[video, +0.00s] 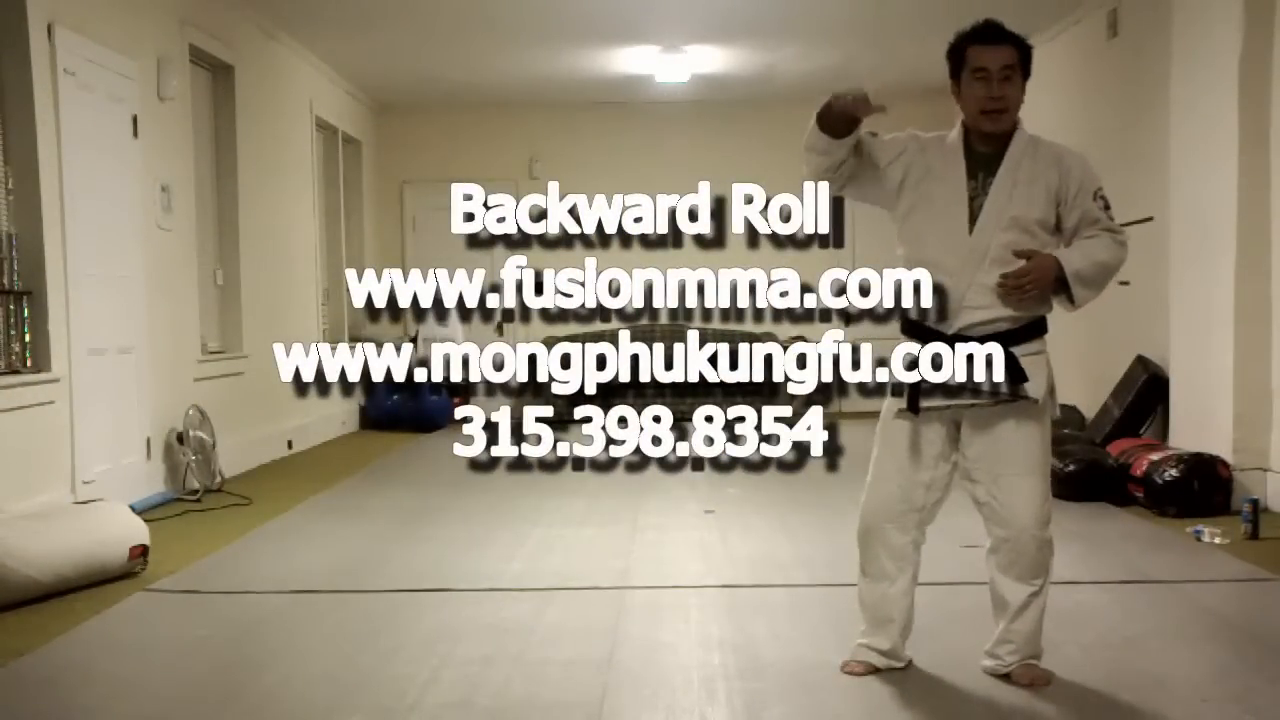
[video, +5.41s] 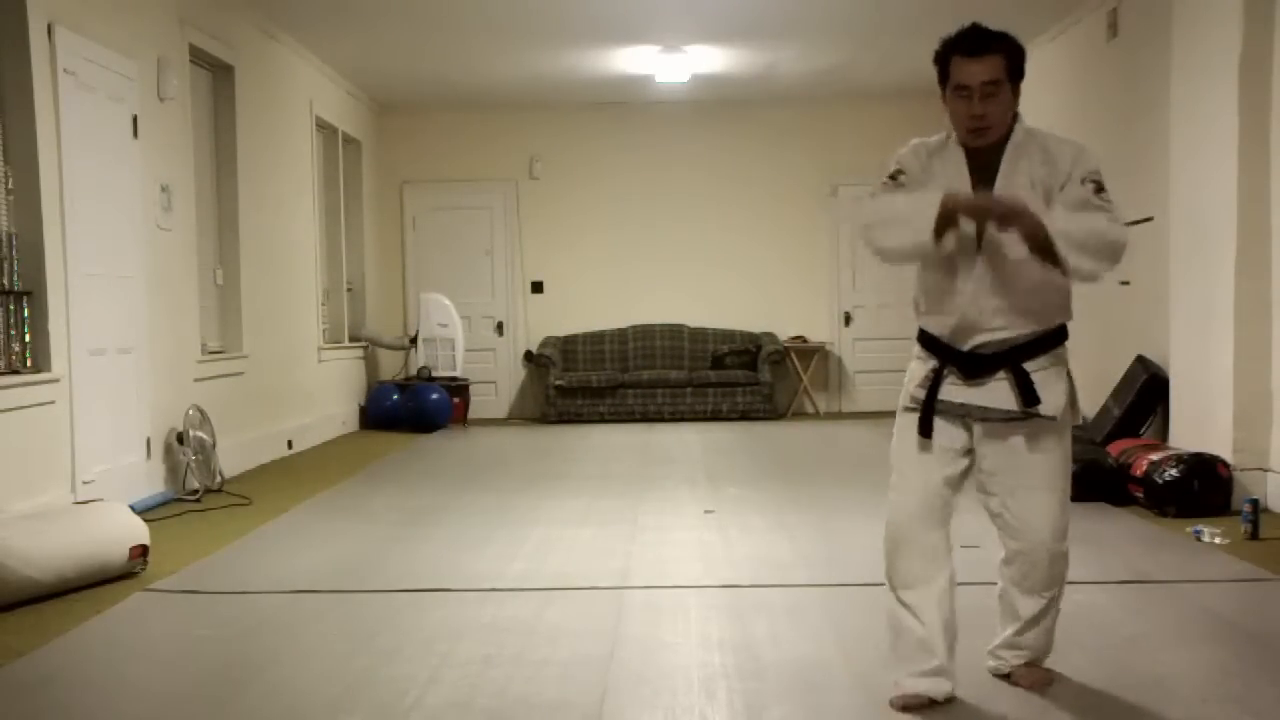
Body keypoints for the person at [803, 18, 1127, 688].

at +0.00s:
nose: (995, 89)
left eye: (1008, 76)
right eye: (980, 77)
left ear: (1026, 85)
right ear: (955, 86)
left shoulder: (1060, 167)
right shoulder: (913, 158)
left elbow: (1108, 244)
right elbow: (830, 166)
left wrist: (1063, 268)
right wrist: (835, 123)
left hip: (1013, 366)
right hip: (922, 364)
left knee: (1024, 524)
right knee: (887, 515)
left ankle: (1014, 654)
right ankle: (879, 642)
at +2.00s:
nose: (976, 84)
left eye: (990, 72)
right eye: (962, 73)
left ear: (1012, 83)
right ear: (942, 87)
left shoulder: (1058, 168)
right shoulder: (912, 157)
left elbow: (1104, 241)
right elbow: (837, 148)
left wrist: (1061, 264)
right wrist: (786, 107)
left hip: (1019, 370)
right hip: (929, 369)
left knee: (1029, 526)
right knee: (895, 516)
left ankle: (1015, 653)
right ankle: (882, 642)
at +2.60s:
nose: (970, 87)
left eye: (989, 75)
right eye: (964, 74)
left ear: (1023, 89)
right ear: (955, 84)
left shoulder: (1066, 171)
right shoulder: (922, 154)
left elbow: (1111, 249)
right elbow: (871, 116)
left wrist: (1063, 270)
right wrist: (875, 57)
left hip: (1019, 368)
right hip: (929, 365)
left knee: (1030, 525)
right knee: (894, 515)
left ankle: (1015, 653)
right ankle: (881, 641)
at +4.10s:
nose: (973, 83)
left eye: (981, 69)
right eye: (955, 73)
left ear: (997, 82)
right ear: (929, 95)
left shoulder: (1048, 162)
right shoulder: (907, 163)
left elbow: (1098, 234)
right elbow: (843, 169)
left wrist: (1057, 262)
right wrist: (800, 138)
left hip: (1021, 369)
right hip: (932, 370)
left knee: (1033, 527)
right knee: (898, 518)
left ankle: (1017, 654)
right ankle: (884, 643)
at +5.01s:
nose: (988, 89)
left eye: (1000, 75)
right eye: (971, 77)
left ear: (1016, 82)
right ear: (945, 90)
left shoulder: (1062, 161)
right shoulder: (913, 162)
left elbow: (1110, 239)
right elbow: (860, 229)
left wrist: (1065, 269)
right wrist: (831, 210)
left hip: (1030, 374)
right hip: (938, 374)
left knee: (1040, 531)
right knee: (901, 519)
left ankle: (1016, 654)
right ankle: (883, 642)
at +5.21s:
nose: (990, 101)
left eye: (1003, 87)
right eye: (975, 88)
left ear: (1024, 91)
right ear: (953, 96)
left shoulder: (1071, 162)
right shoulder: (926, 169)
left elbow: (1124, 242)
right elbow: (871, 242)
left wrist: (1044, 246)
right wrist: (902, 275)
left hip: (1034, 373)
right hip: (941, 370)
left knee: (1045, 538)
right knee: (887, 515)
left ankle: (1022, 655)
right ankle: (890, 640)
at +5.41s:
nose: (977, 108)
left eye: (991, 93)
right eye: (962, 93)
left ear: (1017, 93)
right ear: (944, 95)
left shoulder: (1063, 159)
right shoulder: (922, 160)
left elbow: (1108, 246)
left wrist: (1031, 219)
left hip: (1032, 371)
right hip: (939, 369)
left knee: (1040, 539)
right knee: (912, 529)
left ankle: (1021, 652)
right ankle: (921, 675)